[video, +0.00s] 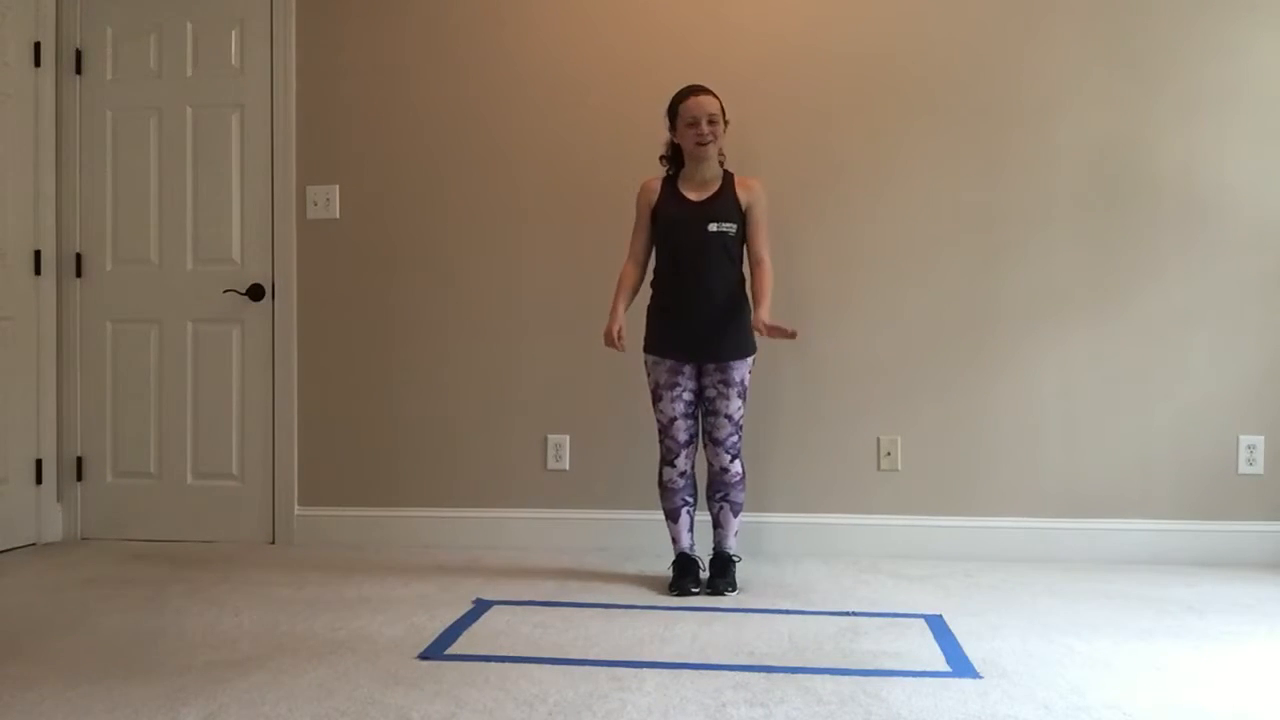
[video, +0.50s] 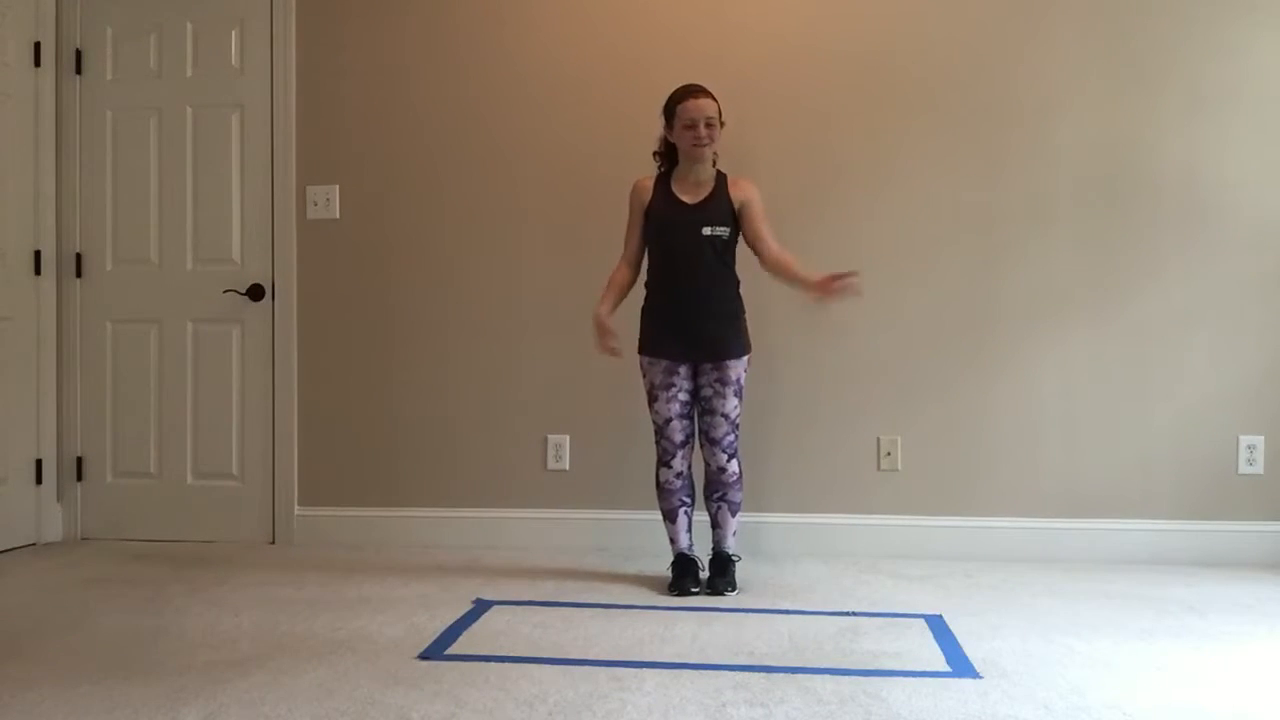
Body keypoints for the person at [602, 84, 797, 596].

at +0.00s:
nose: (703, 130)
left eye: (712, 121)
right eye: (692, 123)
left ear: (724, 128)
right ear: (674, 131)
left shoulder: (746, 190)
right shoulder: (654, 191)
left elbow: (759, 257)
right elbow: (636, 259)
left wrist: (761, 311)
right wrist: (617, 309)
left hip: (728, 341)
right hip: (668, 340)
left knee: (724, 448)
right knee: (676, 448)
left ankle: (723, 555)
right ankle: (684, 557)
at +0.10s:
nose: (704, 130)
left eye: (712, 121)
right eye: (693, 122)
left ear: (724, 129)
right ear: (673, 130)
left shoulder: (745, 192)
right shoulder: (653, 191)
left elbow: (764, 266)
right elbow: (637, 262)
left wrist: (752, 325)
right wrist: (621, 317)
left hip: (726, 344)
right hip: (667, 343)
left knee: (722, 451)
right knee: (675, 451)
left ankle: (724, 555)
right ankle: (684, 557)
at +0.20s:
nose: (703, 131)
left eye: (712, 122)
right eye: (692, 123)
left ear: (722, 130)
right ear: (672, 131)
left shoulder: (742, 190)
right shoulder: (651, 192)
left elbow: (767, 263)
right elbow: (637, 263)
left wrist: (751, 327)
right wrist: (626, 323)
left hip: (725, 343)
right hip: (665, 343)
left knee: (721, 449)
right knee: (674, 450)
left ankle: (723, 555)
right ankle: (683, 556)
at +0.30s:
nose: (703, 132)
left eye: (711, 123)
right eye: (692, 124)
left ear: (721, 130)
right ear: (672, 131)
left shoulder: (741, 190)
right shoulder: (649, 192)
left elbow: (770, 262)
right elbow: (635, 264)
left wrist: (756, 326)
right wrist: (626, 322)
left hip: (724, 342)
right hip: (664, 342)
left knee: (721, 449)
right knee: (673, 450)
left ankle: (723, 555)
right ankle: (683, 557)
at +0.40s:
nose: (702, 133)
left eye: (711, 124)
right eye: (691, 124)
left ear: (721, 130)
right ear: (670, 132)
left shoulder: (739, 190)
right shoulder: (648, 192)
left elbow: (773, 256)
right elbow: (632, 262)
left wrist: (773, 316)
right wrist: (618, 319)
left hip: (724, 341)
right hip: (664, 342)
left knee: (721, 449)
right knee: (673, 449)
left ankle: (723, 555)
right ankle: (683, 557)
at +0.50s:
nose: (702, 131)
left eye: (710, 123)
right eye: (690, 123)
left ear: (721, 129)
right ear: (670, 131)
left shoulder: (739, 192)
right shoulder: (647, 190)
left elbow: (770, 252)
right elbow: (630, 263)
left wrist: (811, 282)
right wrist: (604, 308)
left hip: (723, 341)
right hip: (664, 341)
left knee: (721, 448)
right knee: (672, 450)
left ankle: (724, 555)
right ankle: (683, 556)